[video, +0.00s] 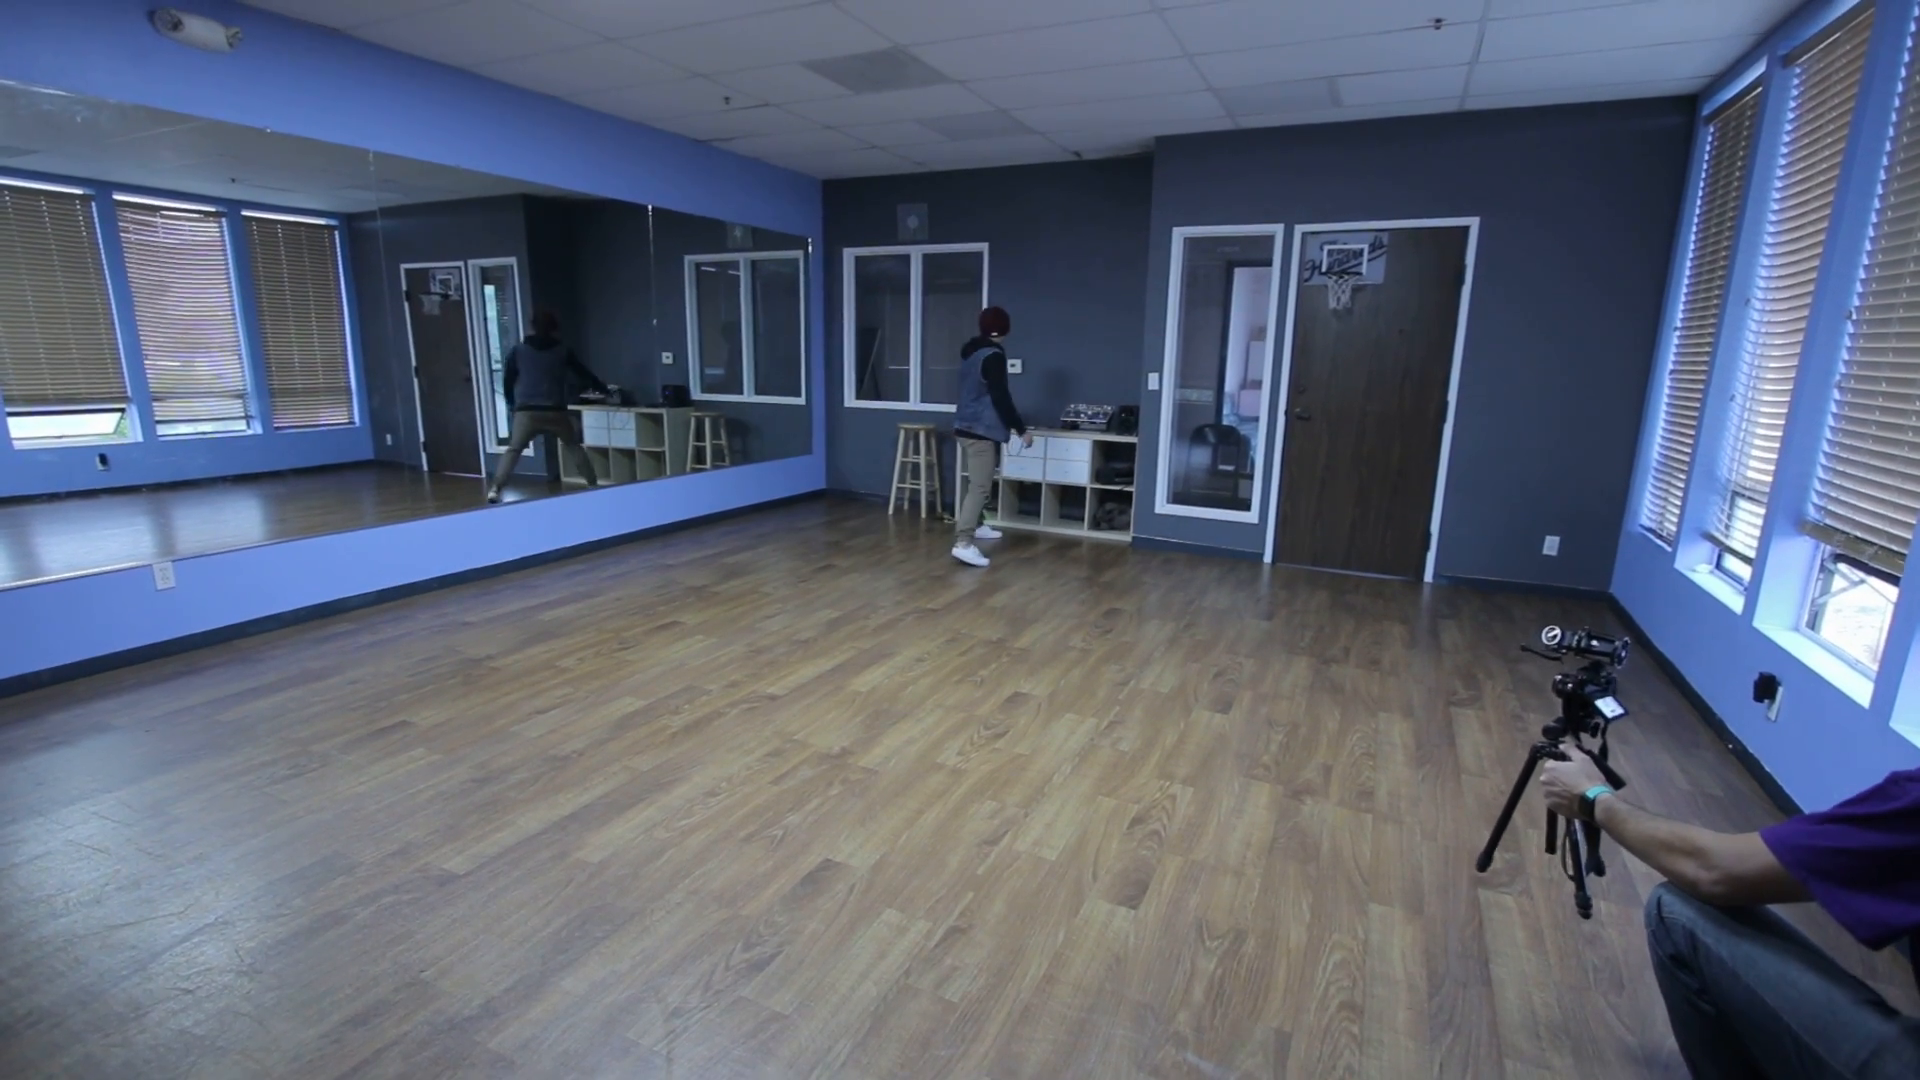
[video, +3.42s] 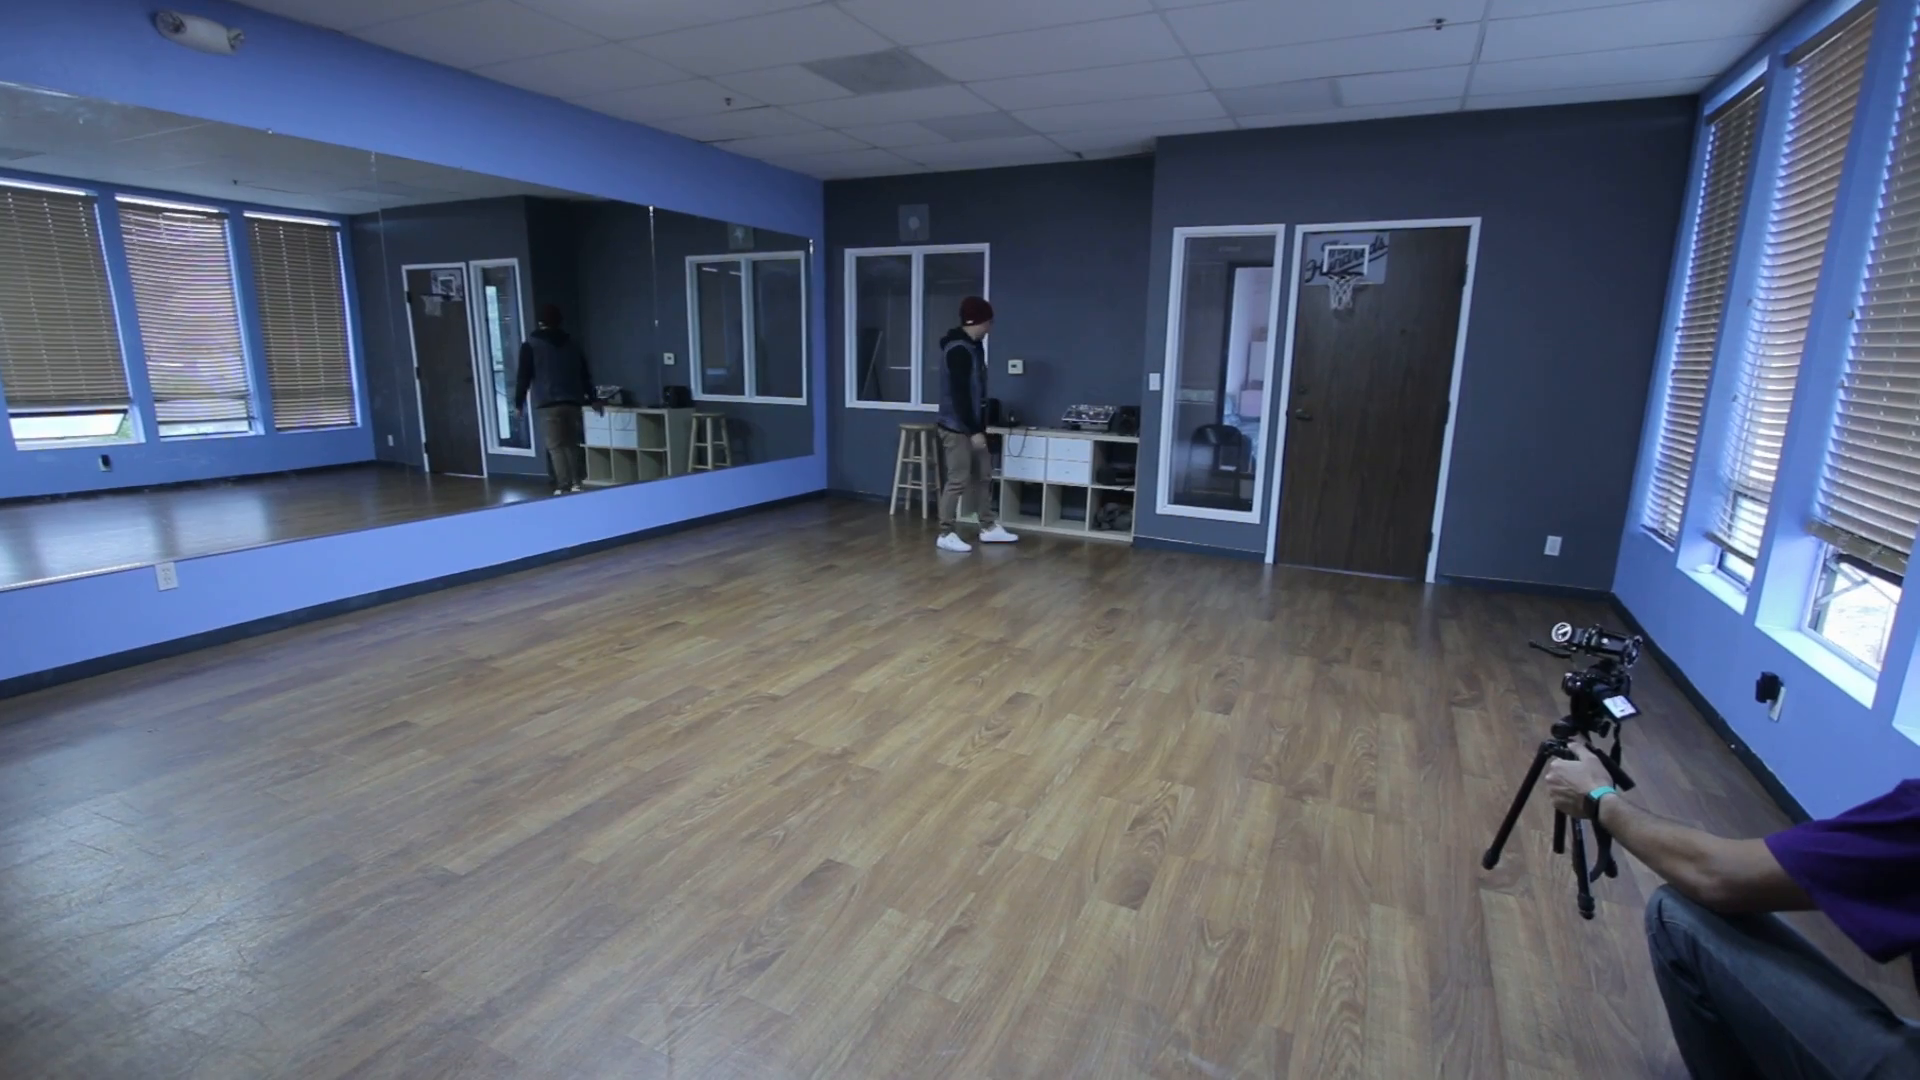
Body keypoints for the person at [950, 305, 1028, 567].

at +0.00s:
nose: (1006, 334)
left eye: (1005, 329)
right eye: (1006, 330)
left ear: (983, 328)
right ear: (1001, 331)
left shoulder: (973, 351)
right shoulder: (993, 355)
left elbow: (974, 393)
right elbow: (1000, 396)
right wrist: (1020, 429)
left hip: (967, 427)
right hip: (981, 431)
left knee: (978, 482)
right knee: (980, 486)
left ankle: (974, 525)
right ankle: (962, 543)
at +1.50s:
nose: (1011, 341)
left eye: (1011, 336)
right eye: (1010, 336)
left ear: (990, 329)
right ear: (1005, 334)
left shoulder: (984, 348)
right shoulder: (991, 351)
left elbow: (983, 389)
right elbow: (983, 389)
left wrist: (991, 421)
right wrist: (987, 424)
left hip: (970, 423)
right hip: (962, 422)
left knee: (975, 477)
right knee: (966, 477)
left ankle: (974, 525)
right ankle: (949, 531)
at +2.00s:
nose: (1001, 337)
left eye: (1001, 332)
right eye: (999, 332)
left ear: (983, 330)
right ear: (987, 331)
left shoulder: (986, 355)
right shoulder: (963, 354)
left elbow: (985, 398)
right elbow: (950, 395)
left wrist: (985, 430)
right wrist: (954, 432)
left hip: (974, 429)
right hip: (955, 430)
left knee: (976, 480)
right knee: (965, 482)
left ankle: (973, 526)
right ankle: (950, 533)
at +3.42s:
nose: (989, 328)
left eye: (989, 323)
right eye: (987, 323)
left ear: (972, 322)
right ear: (976, 322)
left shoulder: (975, 347)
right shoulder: (958, 350)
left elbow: (976, 391)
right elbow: (961, 395)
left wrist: (982, 424)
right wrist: (974, 430)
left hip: (972, 426)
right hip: (955, 427)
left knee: (982, 477)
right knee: (957, 480)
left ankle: (987, 527)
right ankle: (946, 533)